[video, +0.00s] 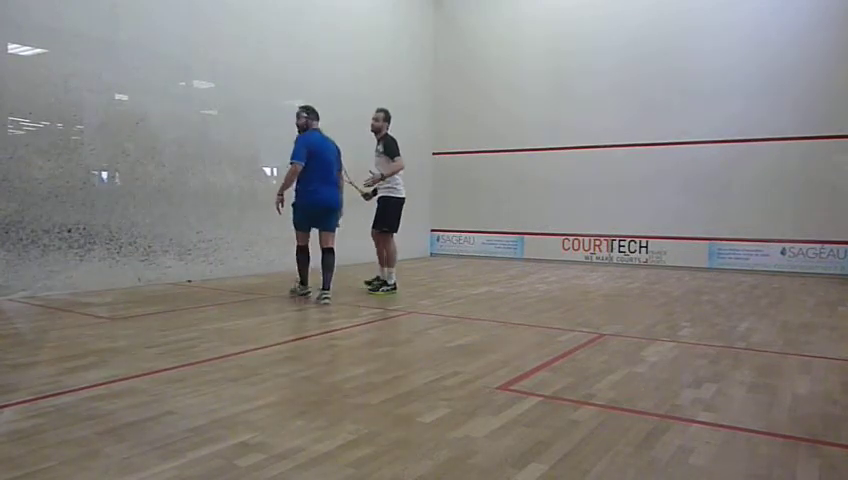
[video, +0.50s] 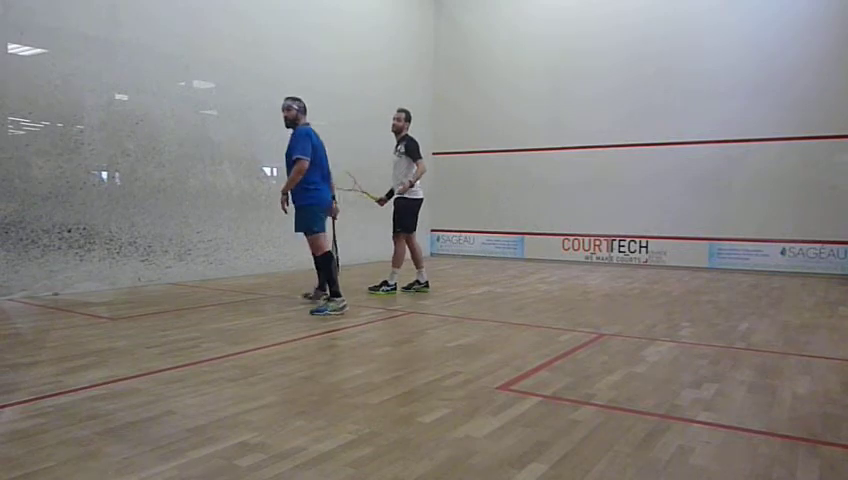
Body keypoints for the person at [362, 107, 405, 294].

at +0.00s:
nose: (372, 123)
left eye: (377, 120)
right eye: (372, 119)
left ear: (386, 124)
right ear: (374, 122)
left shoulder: (388, 141)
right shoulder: (379, 144)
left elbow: (399, 164)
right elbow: (386, 172)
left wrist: (379, 177)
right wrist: (374, 190)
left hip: (393, 195)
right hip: (385, 194)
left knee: (386, 235)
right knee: (377, 234)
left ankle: (390, 280)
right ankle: (383, 276)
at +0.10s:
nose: (377, 122)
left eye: (381, 120)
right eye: (376, 119)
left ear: (390, 124)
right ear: (377, 121)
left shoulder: (393, 141)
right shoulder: (383, 143)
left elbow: (404, 165)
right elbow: (386, 173)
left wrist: (386, 180)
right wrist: (375, 191)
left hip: (395, 195)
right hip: (387, 194)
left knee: (387, 235)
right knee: (382, 235)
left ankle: (391, 280)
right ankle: (395, 274)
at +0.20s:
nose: (380, 122)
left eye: (385, 120)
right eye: (380, 119)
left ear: (394, 124)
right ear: (381, 121)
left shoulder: (397, 142)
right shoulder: (386, 144)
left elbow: (409, 166)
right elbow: (389, 174)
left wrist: (394, 180)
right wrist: (377, 192)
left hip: (398, 197)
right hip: (390, 196)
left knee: (390, 237)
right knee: (388, 236)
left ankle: (391, 280)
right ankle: (411, 272)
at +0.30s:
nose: (385, 122)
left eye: (390, 120)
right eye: (385, 119)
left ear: (399, 124)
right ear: (386, 121)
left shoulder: (401, 143)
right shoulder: (390, 144)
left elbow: (414, 167)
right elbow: (393, 174)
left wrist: (401, 179)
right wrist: (380, 193)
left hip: (401, 197)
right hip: (394, 197)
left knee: (393, 238)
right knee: (398, 238)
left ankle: (391, 281)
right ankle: (418, 275)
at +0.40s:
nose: (390, 122)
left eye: (394, 120)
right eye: (389, 119)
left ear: (403, 124)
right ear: (389, 121)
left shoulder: (406, 143)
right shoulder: (394, 145)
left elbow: (418, 167)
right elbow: (396, 175)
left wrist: (406, 180)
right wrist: (383, 194)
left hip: (404, 197)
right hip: (399, 197)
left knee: (395, 238)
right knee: (404, 238)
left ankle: (391, 281)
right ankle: (420, 277)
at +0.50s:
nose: (394, 123)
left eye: (398, 120)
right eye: (393, 119)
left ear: (407, 124)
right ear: (393, 122)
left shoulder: (409, 143)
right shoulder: (399, 145)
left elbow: (421, 168)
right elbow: (401, 177)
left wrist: (408, 184)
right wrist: (387, 196)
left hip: (408, 197)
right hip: (404, 197)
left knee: (399, 238)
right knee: (409, 238)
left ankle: (391, 281)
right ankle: (422, 279)